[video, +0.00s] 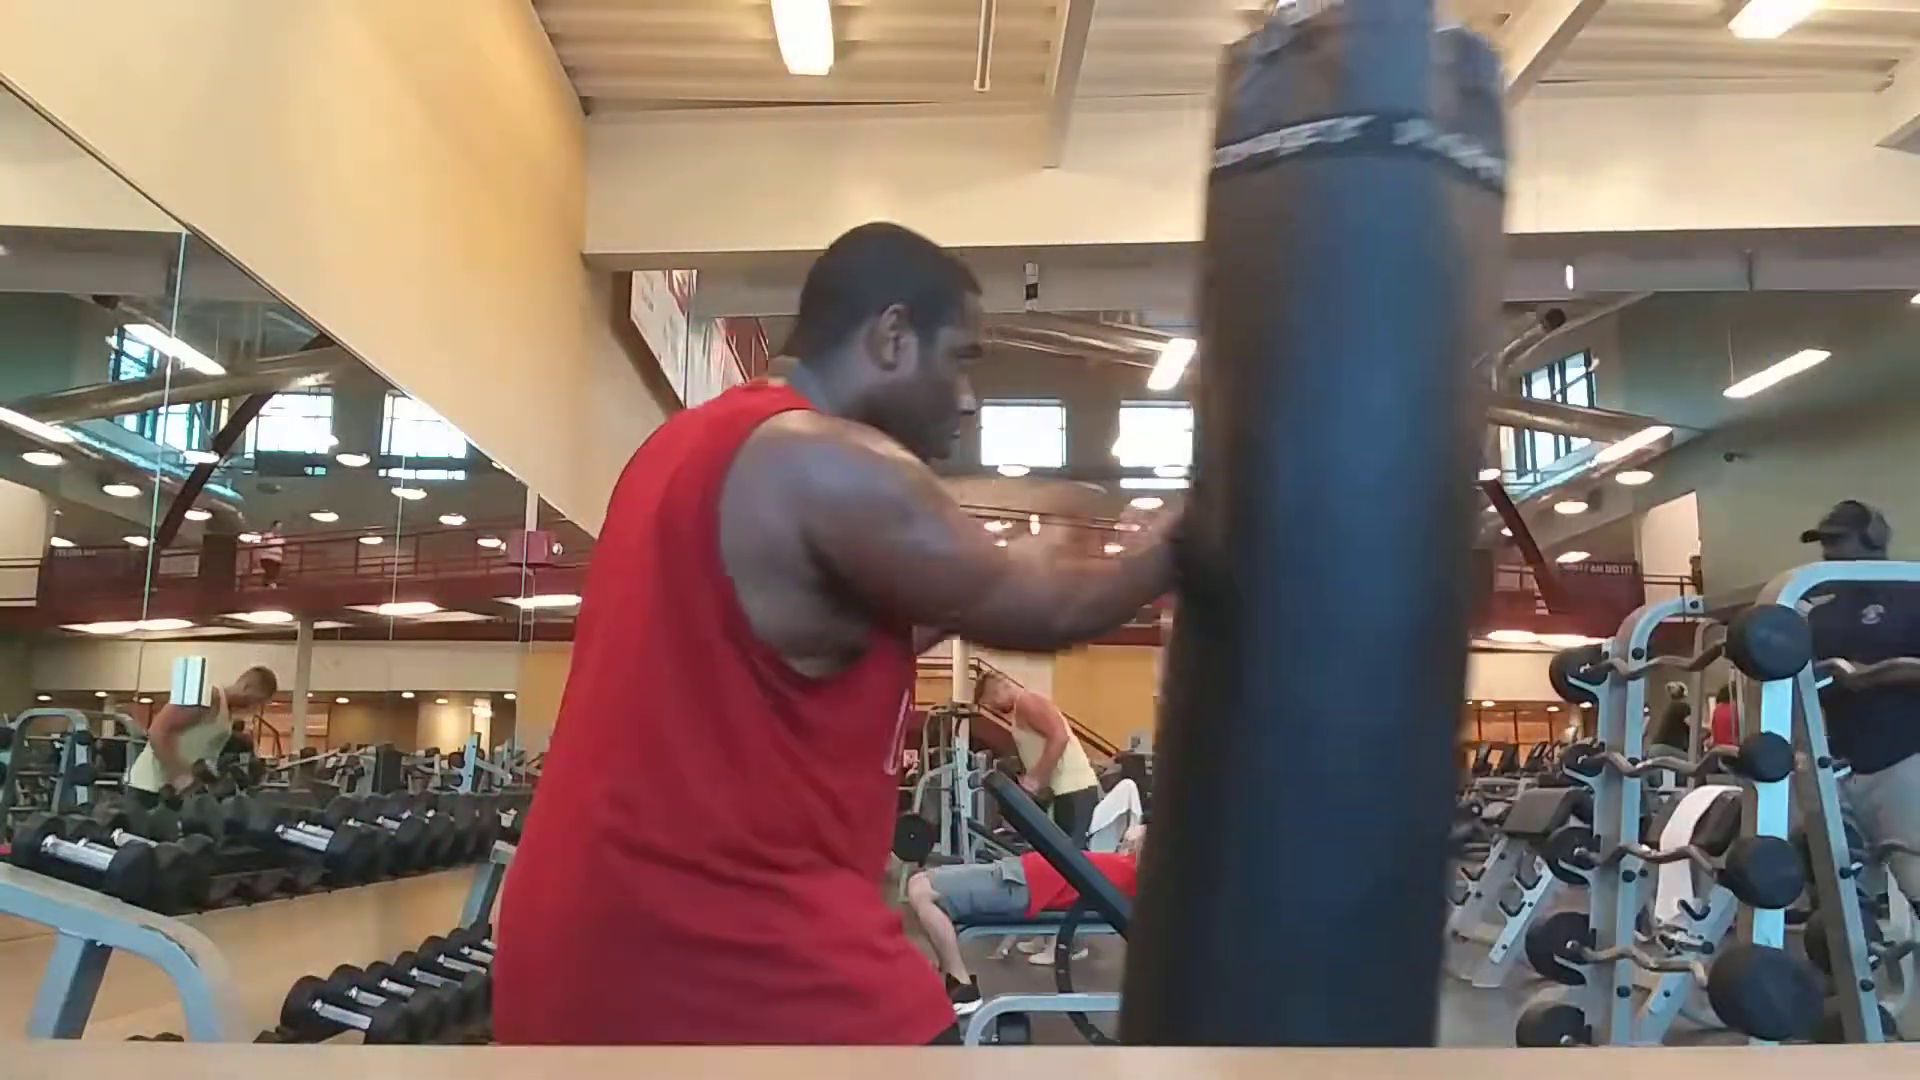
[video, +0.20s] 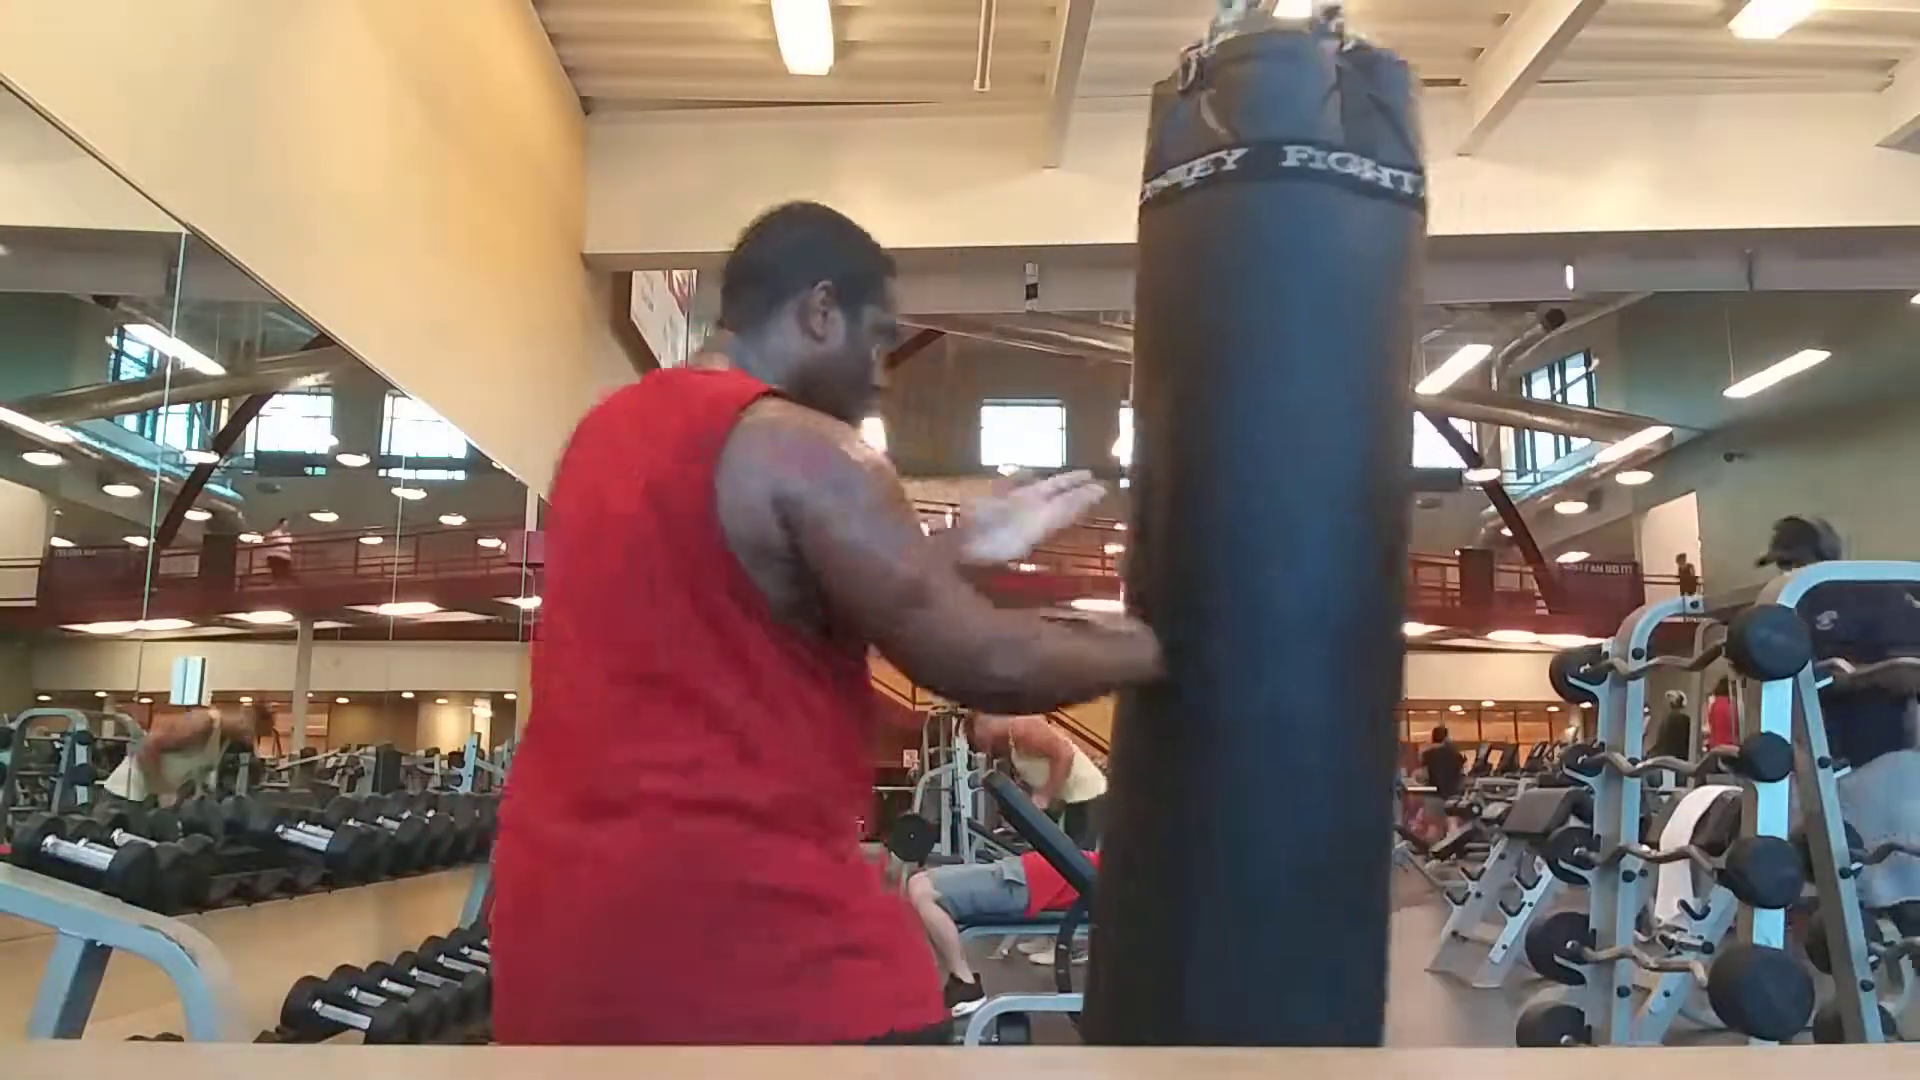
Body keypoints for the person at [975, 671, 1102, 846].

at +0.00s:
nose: (993, 708)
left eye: (991, 701)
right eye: (989, 704)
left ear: (1002, 686)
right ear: (1004, 685)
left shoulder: (1029, 703)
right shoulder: (1020, 711)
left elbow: (1059, 736)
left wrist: (1036, 777)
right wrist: (1032, 776)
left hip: (1075, 792)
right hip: (1063, 793)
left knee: (1068, 856)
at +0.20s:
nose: (984, 751)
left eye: (979, 744)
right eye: (978, 748)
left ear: (985, 727)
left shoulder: (1024, 730)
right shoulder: (1012, 744)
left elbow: (1064, 752)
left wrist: (1046, 795)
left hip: (1086, 797)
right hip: (1067, 798)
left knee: (1080, 859)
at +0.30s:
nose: (986, 760)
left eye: (984, 753)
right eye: (981, 758)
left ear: (991, 736)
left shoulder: (1023, 741)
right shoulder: (1008, 762)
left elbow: (1069, 759)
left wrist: (1047, 800)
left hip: (1089, 800)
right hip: (1067, 804)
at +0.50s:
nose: (991, 784)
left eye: (988, 778)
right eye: (986, 783)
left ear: (990, 764)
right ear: (989, 763)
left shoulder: (1026, 758)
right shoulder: (1014, 776)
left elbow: (1075, 775)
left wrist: (1047, 811)